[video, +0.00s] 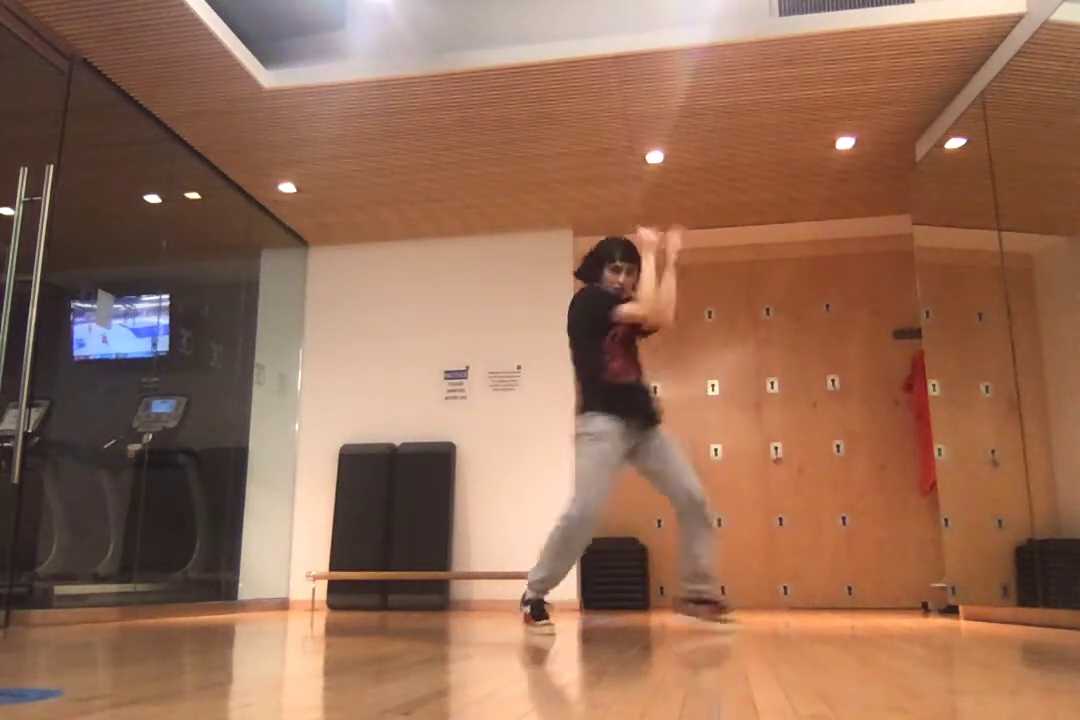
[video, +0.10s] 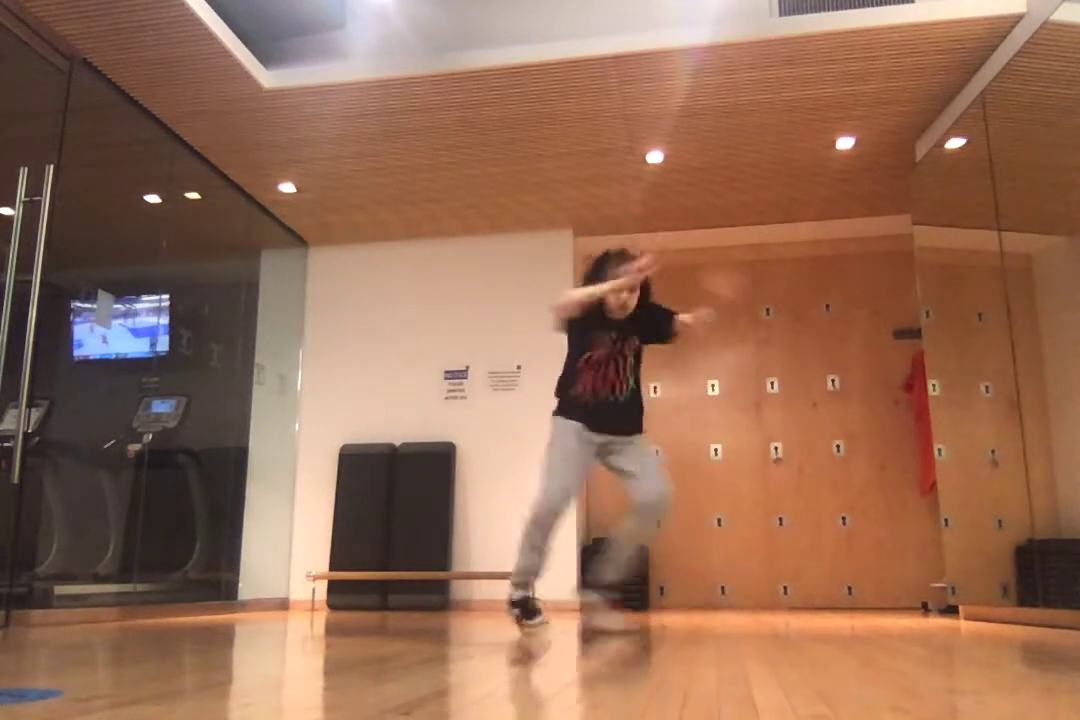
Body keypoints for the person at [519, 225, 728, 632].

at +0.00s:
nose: (623, 280)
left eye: (630, 273)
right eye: (615, 270)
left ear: (634, 274)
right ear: (597, 270)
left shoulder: (622, 307)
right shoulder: (588, 302)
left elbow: (662, 316)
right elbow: (648, 312)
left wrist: (670, 261)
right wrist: (651, 255)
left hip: (642, 422)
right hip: (602, 421)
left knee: (692, 498)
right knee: (585, 512)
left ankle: (699, 594)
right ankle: (535, 593)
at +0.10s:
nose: (627, 298)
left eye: (634, 290)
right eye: (619, 289)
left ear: (640, 289)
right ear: (600, 288)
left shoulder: (643, 317)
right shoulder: (582, 315)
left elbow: (677, 325)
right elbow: (562, 306)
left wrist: (693, 320)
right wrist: (614, 283)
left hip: (624, 434)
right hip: (575, 428)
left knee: (655, 497)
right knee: (551, 502)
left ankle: (603, 585)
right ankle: (522, 590)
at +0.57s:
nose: (600, 258)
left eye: (607, 252)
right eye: (594, 251)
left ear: (619, 260)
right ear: (581, 257)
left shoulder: (633, 303)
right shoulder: (568, 297)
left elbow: (652, 348)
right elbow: (572, 331)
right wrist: (603, 297)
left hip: (621, 409)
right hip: (575, 409)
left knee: (608, 497)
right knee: (594, 500)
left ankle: (597, 592)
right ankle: (621, 583)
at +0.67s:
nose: (597, 251)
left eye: (604, 246)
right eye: (590, 246)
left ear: (614, 258)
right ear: (579, 259)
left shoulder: (633, 301)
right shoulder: (568, 298)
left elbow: (648, 346)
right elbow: (570, 334)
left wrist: (596, 348)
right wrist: (599, 297)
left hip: (621, 406)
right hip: (575, 407)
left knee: (606, 497)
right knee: (592, 499)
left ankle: (595, 590)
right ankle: (619, 584)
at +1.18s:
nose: (596, 267)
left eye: (603, 262)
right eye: (589, 261)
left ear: (611, 271)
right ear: (576, 268)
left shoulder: (620, 310)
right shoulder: (560, 302)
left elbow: (641, 343)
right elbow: (560, 329)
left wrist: (592, 336)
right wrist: (607, 309)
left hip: (607, 417)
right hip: (560, 416)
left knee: (594, 504)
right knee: (575, 509)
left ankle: (577, 591)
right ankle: (603, 590)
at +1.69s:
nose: (578, 311)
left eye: (586, 306)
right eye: (572, 305)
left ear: (597, 319)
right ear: (562, 315)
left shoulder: (599, 361)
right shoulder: (543, 346)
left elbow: (632, 347)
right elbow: (516, 329)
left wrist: (593, 329)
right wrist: (559, 318)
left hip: (553, 462)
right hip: (502, 449)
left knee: (580, 526)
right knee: (449, 495)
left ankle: (566, 605)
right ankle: (411, 592)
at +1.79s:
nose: (561, 302)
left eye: (570, 297)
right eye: (555, 296)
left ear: (582, 310)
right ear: (544, 304)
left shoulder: (588, 352)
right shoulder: (522, 328)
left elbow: (645, 347)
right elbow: (486, 283)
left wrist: (615, 311)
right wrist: (527, 293)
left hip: (535, 454)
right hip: (483, 440)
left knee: (565, 526)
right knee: (410, 466)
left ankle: (567, 608)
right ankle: (397, 569)